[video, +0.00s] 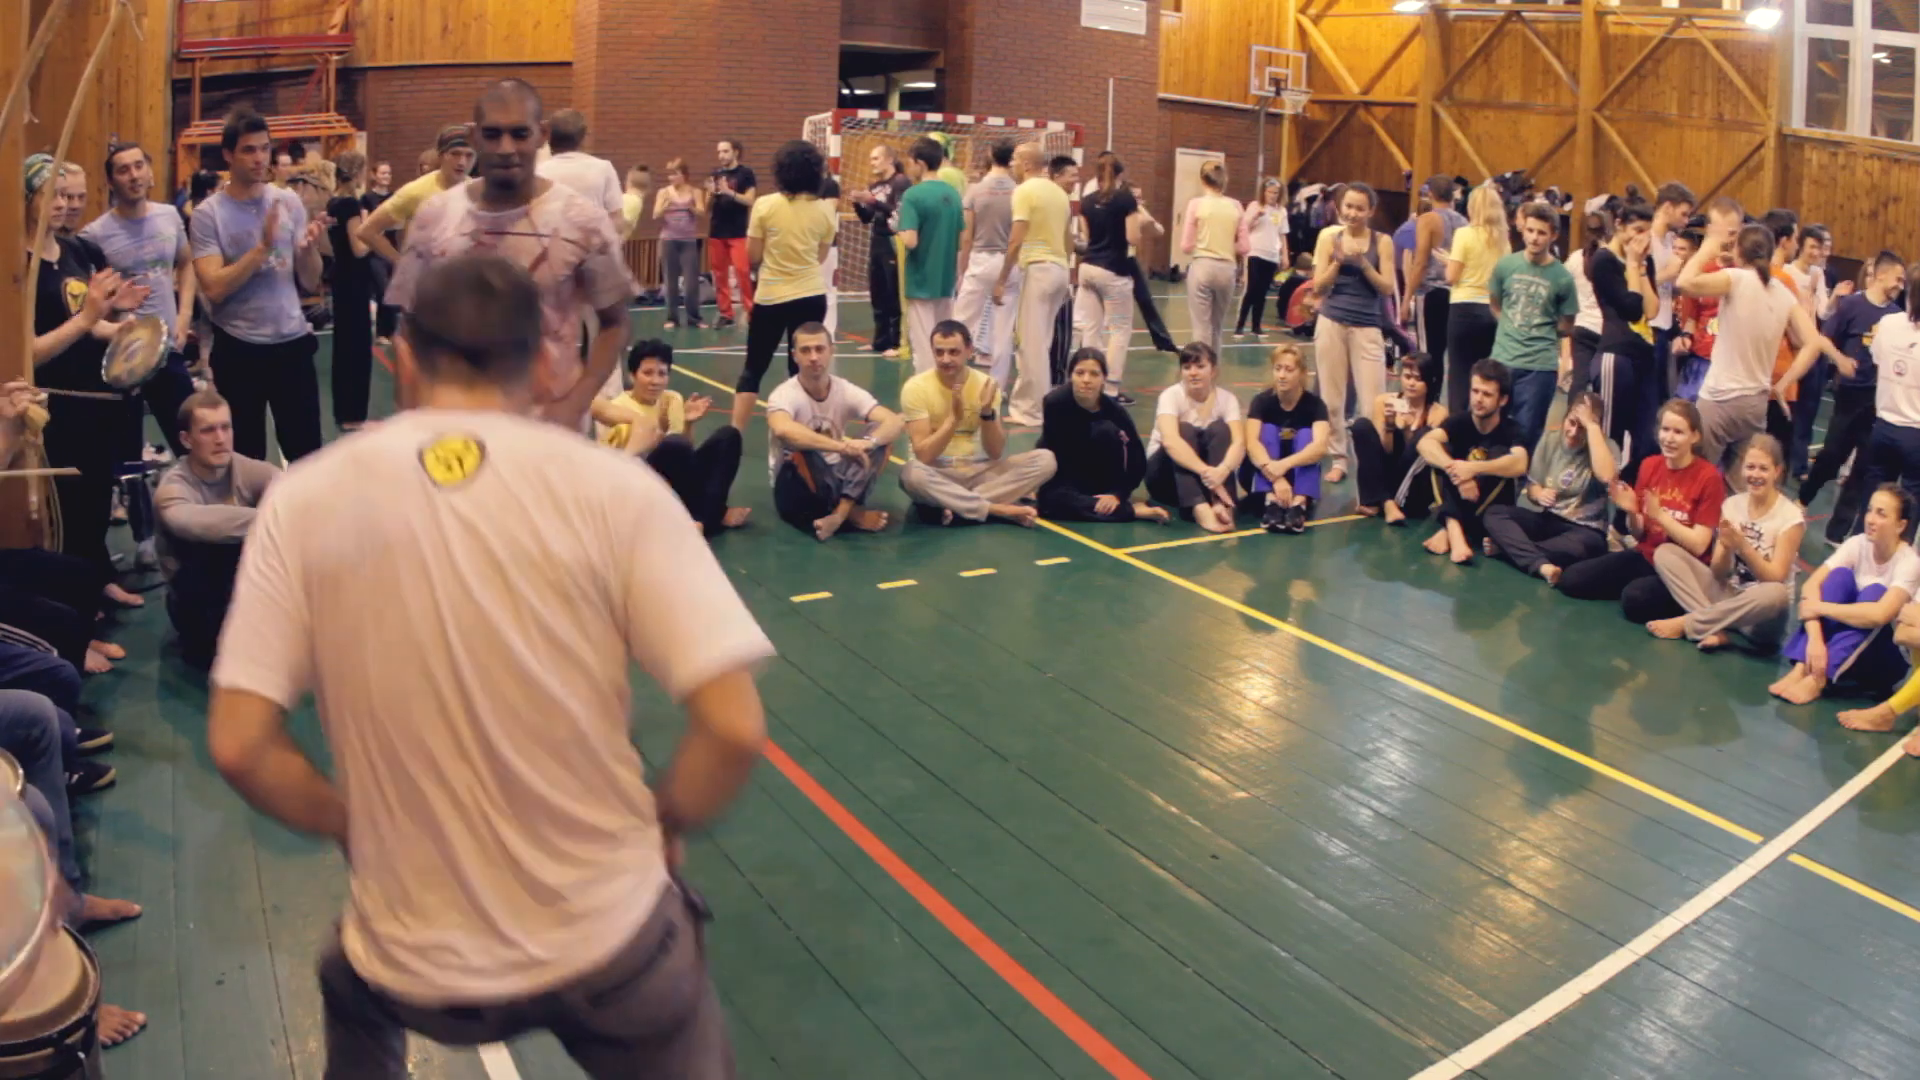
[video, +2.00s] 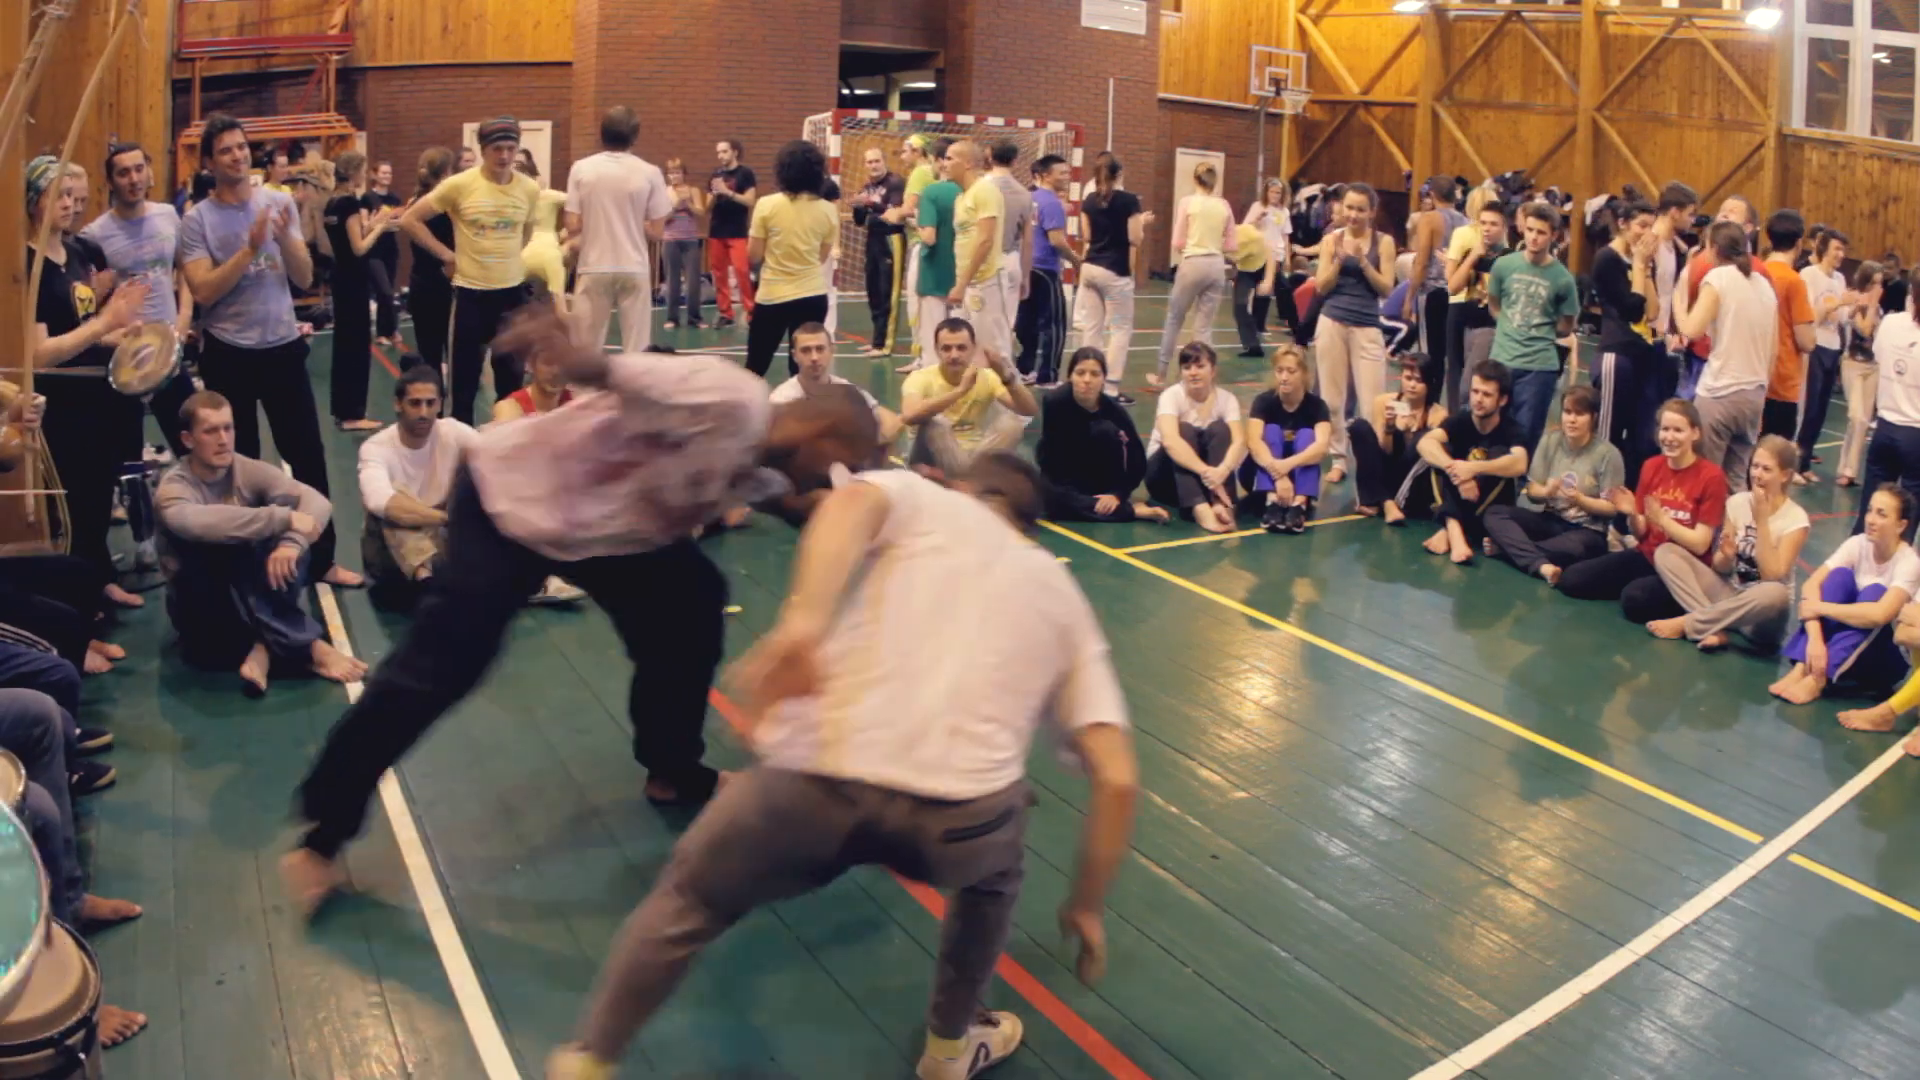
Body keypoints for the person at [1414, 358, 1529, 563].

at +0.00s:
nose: (1478, 399)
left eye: (1487, 395)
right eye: (1475, 392)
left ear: (1503, 400)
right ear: (1469, 391)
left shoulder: (1511, 429)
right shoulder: (1459, 421)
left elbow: (1519, 465)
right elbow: (1425, 443)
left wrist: (1472, 468)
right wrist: (1459, 474)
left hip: (1492, 511)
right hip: (1454, 504)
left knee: (1499, 457)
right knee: (1437, 454)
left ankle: (1449, 528)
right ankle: (1454, 528)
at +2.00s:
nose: (1479, 399)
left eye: (1487, 395)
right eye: (1475, 392)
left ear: (1502, 400)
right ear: (1469, 392)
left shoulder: (1511, 428)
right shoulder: (1461, 420)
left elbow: (1519, 465)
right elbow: (1425, 444)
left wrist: (1474, 467)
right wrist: (1458, 474)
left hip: (1492, 510)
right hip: (1454, 504)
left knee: (1500, 456)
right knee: (1438, 455)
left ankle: (1449, 529)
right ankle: (1454, 530)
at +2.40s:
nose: (1478, 399)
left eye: (1487, 395)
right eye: (1475, 392)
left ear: (1502, 400)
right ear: (1469, 391)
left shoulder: (1510, 428)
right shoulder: (1460, 419)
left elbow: (1519, 464)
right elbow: (1426, 443)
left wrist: (1473, 468)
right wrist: (1459, 474)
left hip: (1492, 509)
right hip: (1454, 503)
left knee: (1499, 456)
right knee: (1438, 455)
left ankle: (1449, 527)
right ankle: (1454, 528)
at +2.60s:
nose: (1478, 400)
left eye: (1487, 395)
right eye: (1475, 392)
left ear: (1502, 400)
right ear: (1469, 392)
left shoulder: (1510, 428)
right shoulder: (1460, 420)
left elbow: (1519, 465)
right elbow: (1425, 443)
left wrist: (1473, 468)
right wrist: (1458, 474)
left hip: (1494, 509)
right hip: (1458, 503)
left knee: (1499, 455)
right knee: (1438, 453)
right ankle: (1452, 524)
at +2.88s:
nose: (1479, 399)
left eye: (1487, 394)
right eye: (1475, 392)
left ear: (1503, 400)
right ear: (1469, 392)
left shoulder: (1510, 428)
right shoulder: (1458, 420)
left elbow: (1519, 465)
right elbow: (1425, 443)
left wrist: (1473, 468)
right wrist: (1452, 467)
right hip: (1453, 501)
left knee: (1499, 454)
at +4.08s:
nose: (1479, 399)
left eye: (1487, 395)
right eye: (1475, 392)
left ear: (1503, 400)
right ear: (1469, 392)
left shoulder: (1510, 429)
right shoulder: (1459, 422)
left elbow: (1519, 464)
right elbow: (1426, 443)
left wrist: (1473, 467)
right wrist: (1458, 473)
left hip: (1492, 512)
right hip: (1453, 503)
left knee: (1502, 457)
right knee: (1438, 457)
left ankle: (1450, 529)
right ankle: (1454, 529)